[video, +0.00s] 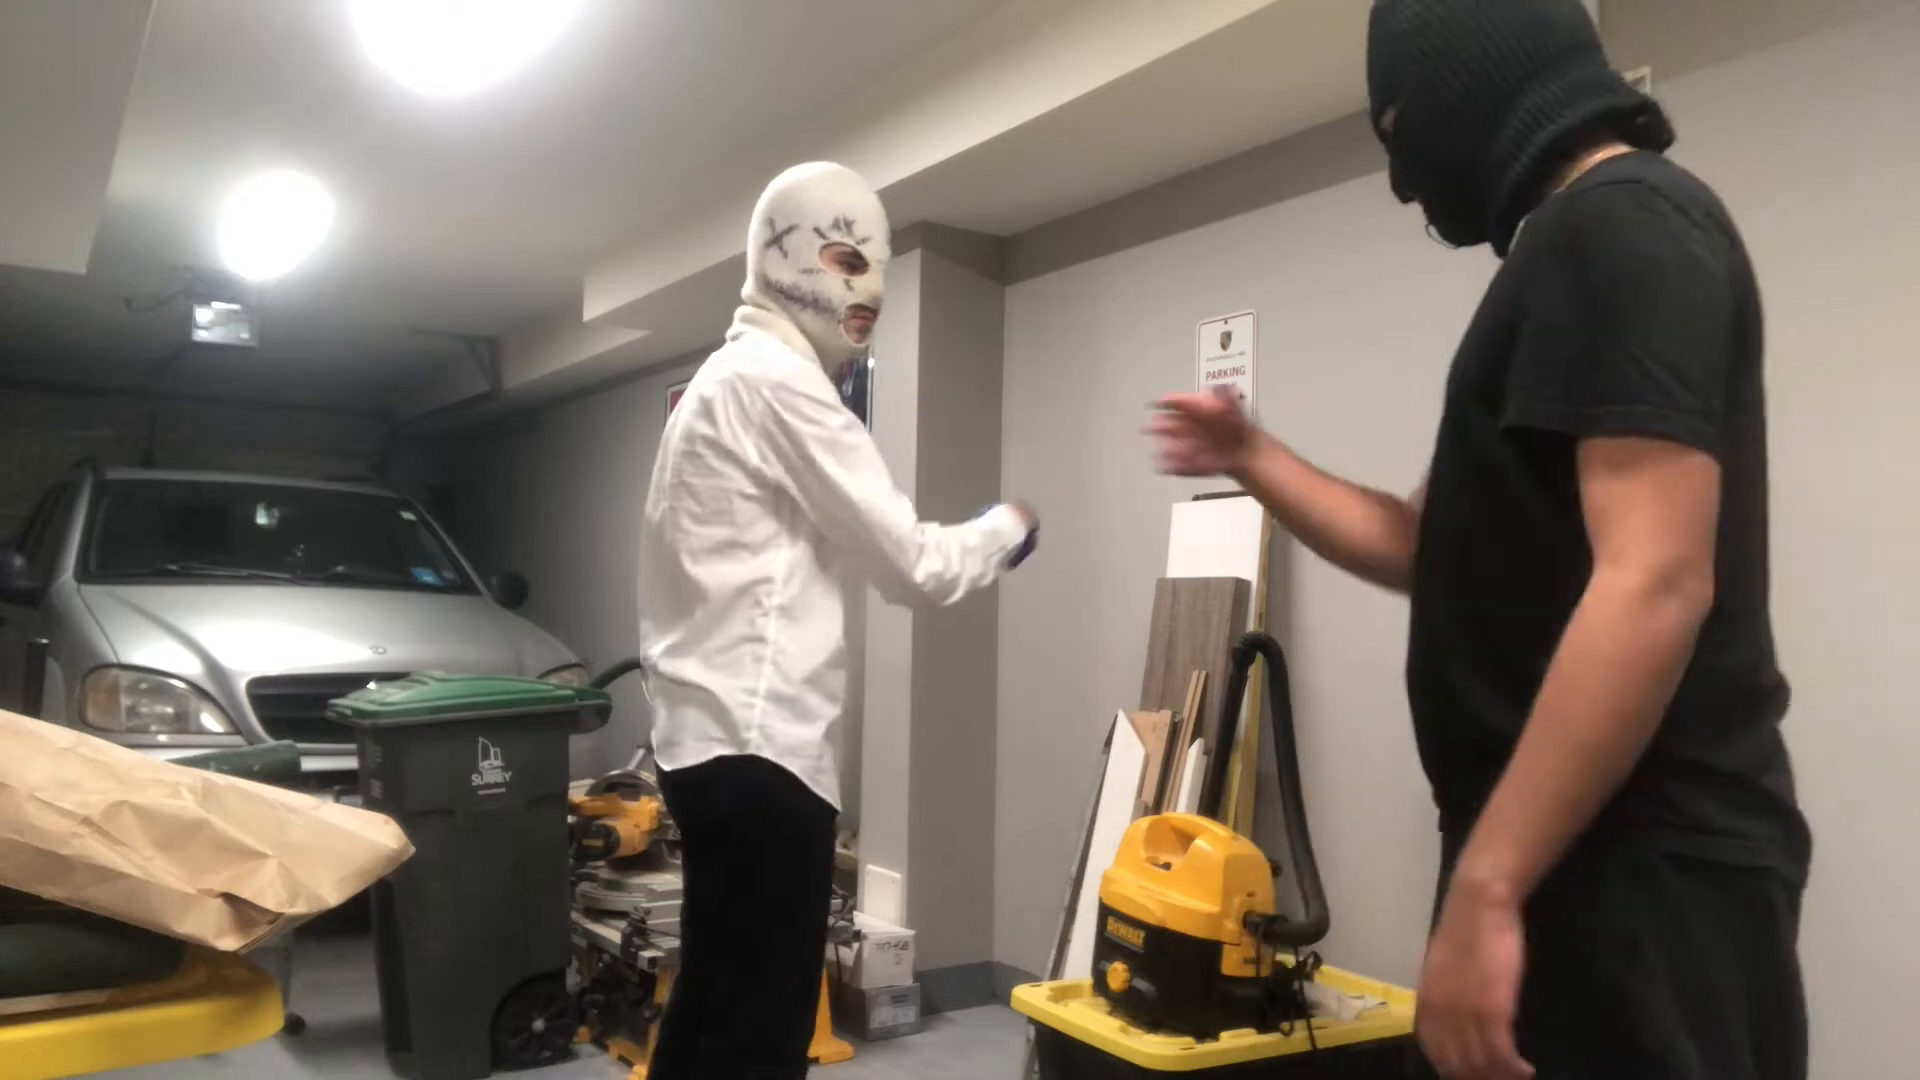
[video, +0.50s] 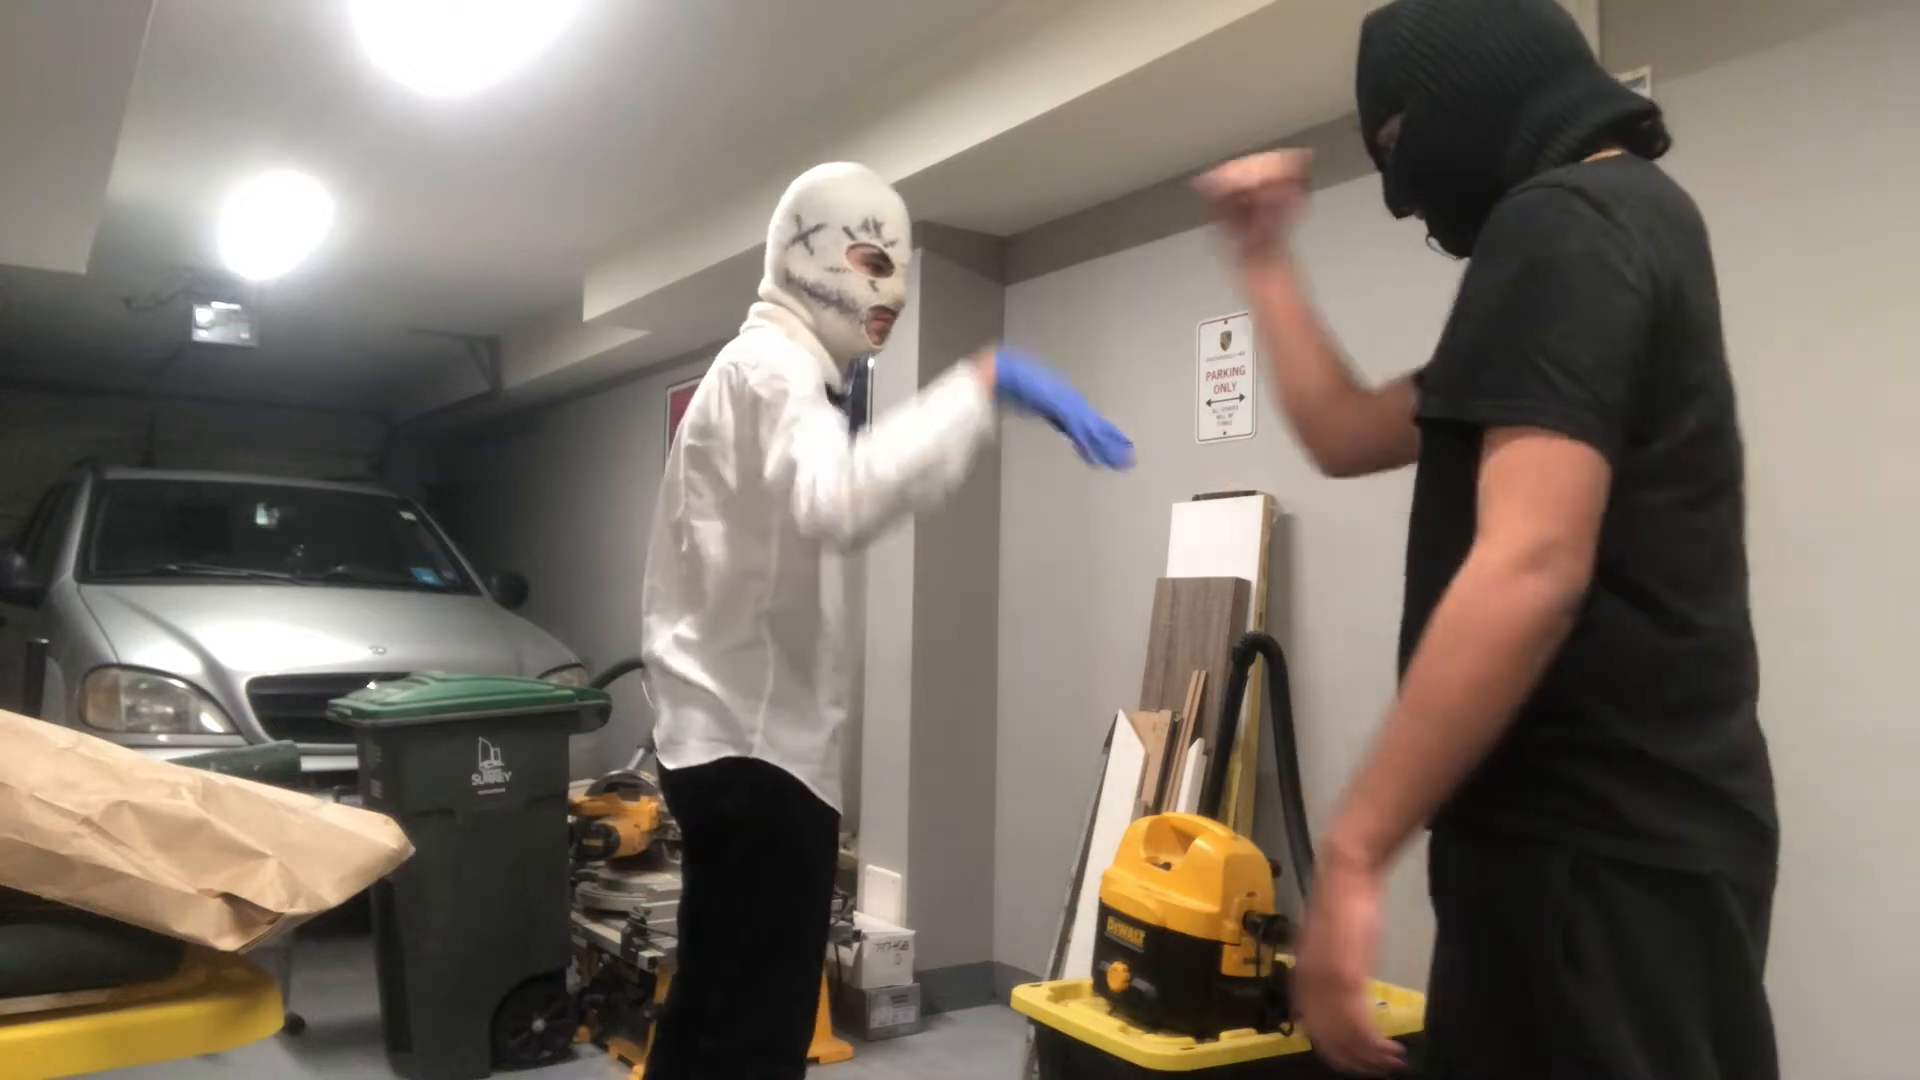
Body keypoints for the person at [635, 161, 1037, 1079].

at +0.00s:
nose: (871, 284)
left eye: (877, 263)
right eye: (849, 258)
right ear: (788, 260)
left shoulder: (730, 376)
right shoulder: (774, 380)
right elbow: (918, 566)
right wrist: (1005, 529)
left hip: (715, 742)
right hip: (760, 748)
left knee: (720, 1018)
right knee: (759, 1030)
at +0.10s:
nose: (879, 292)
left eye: (880, 267)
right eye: (863, 264)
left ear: (790, 262)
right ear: (809, 260)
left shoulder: (731, 372)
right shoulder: (776, 377)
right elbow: (924, 551)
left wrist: (843, 389)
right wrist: (1044, 489)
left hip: (711, 741)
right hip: (759, 747)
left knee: (714, 1015)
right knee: (765, 1029)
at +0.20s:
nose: (880, 287)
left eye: (886, 265)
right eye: (859, 259)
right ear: (799, 259)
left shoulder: (748, 369)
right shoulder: (772, 373)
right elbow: (912, 528)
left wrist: (839, 391)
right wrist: (1081, 454)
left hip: (729, 741)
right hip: (760, 746)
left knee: (726, 1019)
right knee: (758, 1030)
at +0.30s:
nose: (887, 295)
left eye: (892, 271)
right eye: (868, 264)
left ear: (806, 267)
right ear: (807, 260)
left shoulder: (755, 367)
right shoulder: (774, 370)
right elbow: (862, 545)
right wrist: (1044, 466)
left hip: (727, 746)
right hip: (759, 751)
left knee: (725, 1022)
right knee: (759, 1035)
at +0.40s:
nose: (891, 294)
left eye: (896, 270)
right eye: (873, 263)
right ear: (810, 258)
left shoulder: (779, 369)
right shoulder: (771, 369)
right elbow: (827, 544)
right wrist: (1012, 467)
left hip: (755, 752)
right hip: (753, 757)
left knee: (734, 1025)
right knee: (752, 1033)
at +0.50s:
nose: (893, 290)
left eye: (897, 266)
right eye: (875, 260)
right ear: (812, 254)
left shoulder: (796, 368)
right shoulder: (769, 364)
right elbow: (831, 502)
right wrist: (979, 385)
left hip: (768, 743)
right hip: (747, 748)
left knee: (738, 1014)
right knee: (749, 1021)